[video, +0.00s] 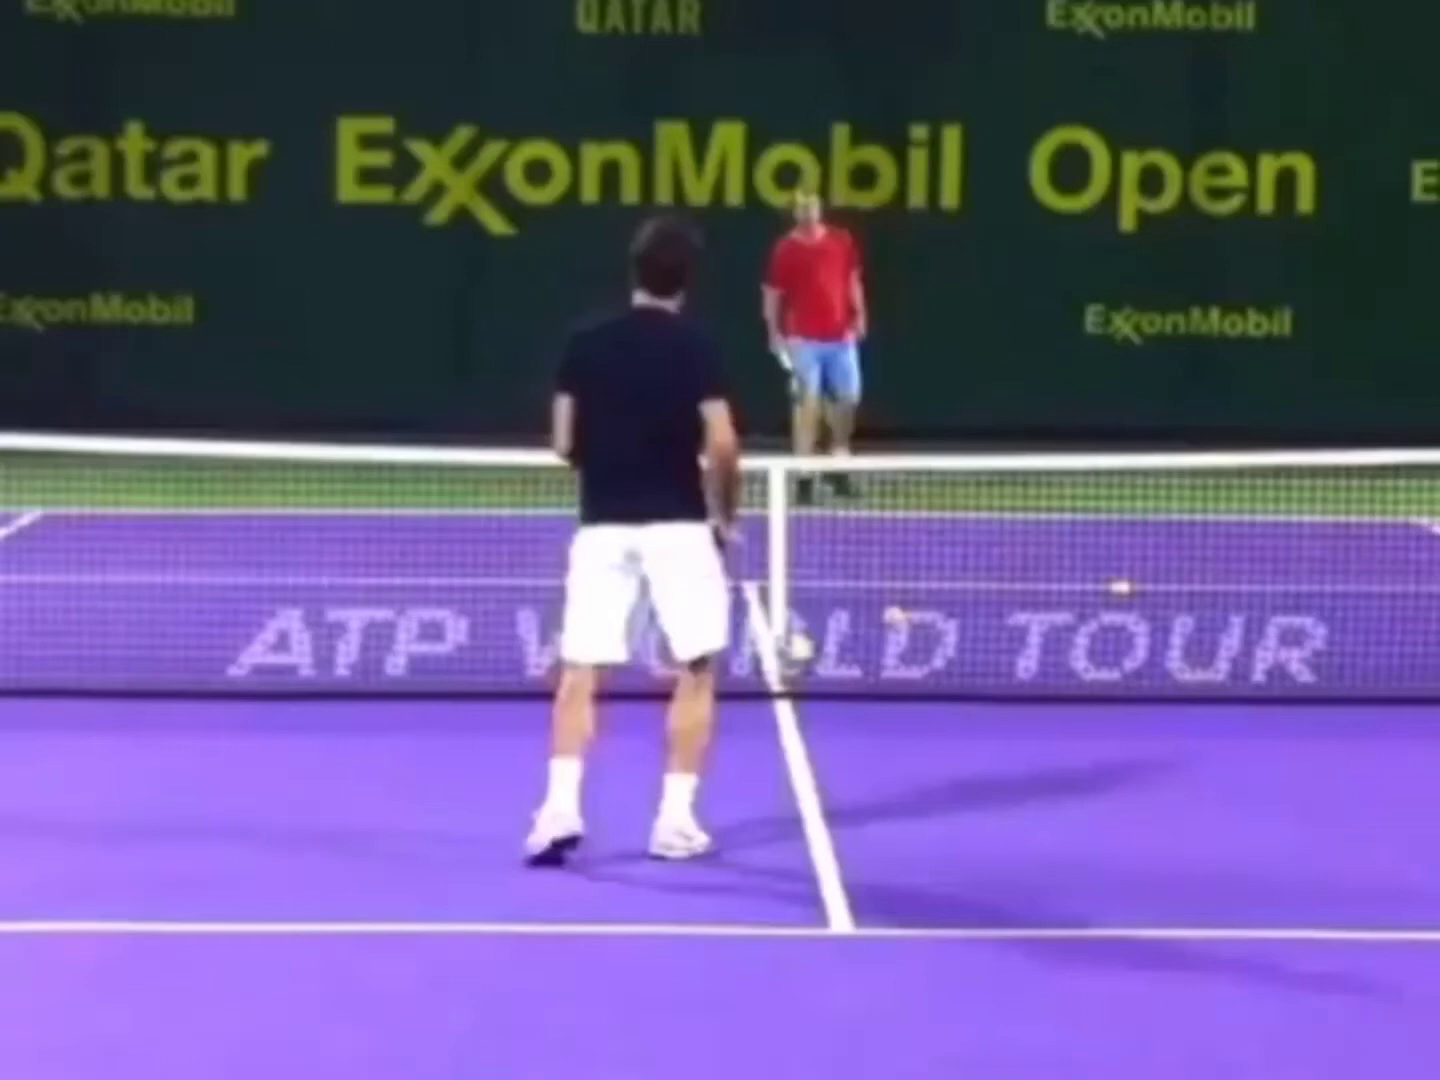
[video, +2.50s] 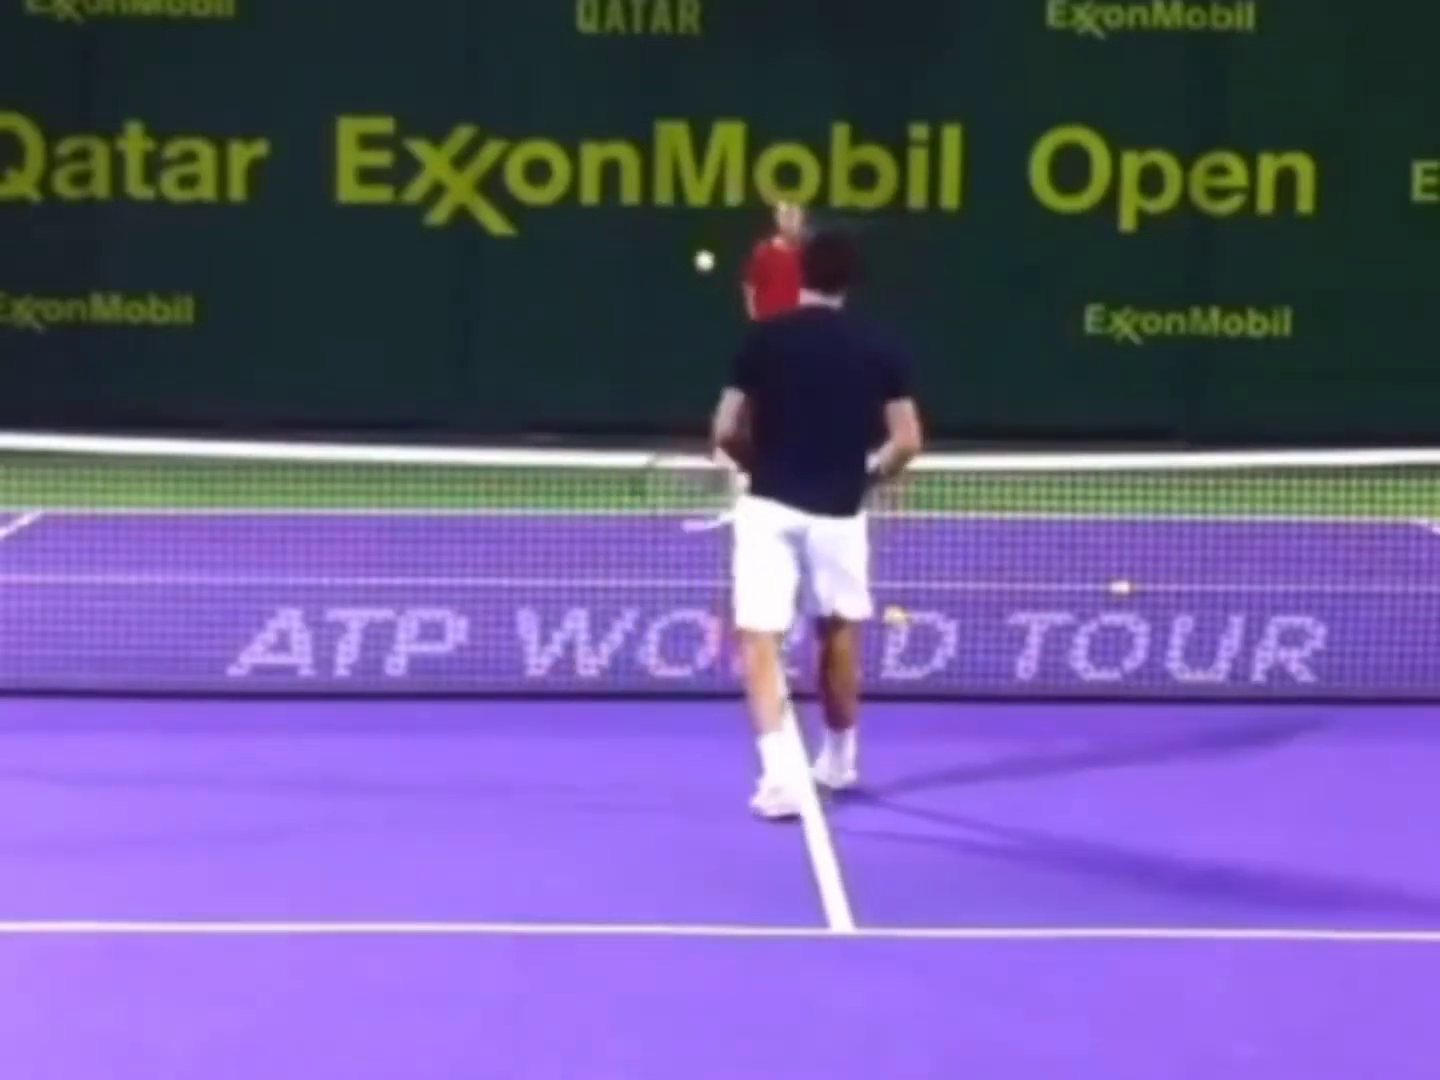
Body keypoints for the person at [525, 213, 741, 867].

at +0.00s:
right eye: (684, 272)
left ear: (634, 272)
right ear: (689, 279)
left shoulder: (588, 339)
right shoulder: (694, 345)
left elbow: (563, 440)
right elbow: (722, 442)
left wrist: (614, 462)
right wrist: (724, 511)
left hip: (601, 527)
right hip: (676, 526)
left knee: (578, 670)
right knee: (696, 673)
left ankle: (560, 805)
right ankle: (675, 814)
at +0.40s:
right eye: (725, 266)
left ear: (677, 267)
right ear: (732, 273)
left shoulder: (632, 329)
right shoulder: (748, 341)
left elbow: (587, 417)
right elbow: (772, 432)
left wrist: (630, 449)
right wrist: (763, 493)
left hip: (633, 509)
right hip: (706, 512)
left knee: (644, 642)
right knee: (698, 665)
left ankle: (641, 787)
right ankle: (677, 810)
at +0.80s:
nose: (754, 280)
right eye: (755, 269)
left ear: (701, 264)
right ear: (752, 270)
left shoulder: (657, 325)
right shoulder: (753, 326)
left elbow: (616, 418)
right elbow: (779, 408)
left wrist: (670, 437)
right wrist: (827, 467)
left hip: (666, 500)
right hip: (733, 500)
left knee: (680, 637)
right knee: (760, 630)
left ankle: (678, 780)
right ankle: (717, 736)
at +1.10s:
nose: (811, 302)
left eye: (809, 290)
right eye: (812, 293)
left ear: (763, 272)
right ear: (805, 288)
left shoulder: (702, 325)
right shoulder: (790, 337)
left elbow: (652, 406)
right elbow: (831, 417)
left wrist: (706, 434)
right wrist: (919, 441)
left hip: (697, 503)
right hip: (767, 509)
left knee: (690, 635)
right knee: (786, 637)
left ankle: (678, 775)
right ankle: (809, 751)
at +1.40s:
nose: (895, 344)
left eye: (895, 334)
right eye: (897, 335)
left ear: (850, 306)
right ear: (890, 330)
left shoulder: (787, 328)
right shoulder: (870, 371)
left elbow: (713, 377)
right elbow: (889, 472)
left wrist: (714, 449)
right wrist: (949, 531)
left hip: (741, 488)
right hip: (810, 504)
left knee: (711, 621)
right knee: (821, 626)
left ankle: (695, 742)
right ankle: (825, 762)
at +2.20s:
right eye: (909, 283)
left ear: (863, 267)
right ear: (911, 291)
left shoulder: (815, 302)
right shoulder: (905, 352)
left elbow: (774, 359)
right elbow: (900, 446)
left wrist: (756, 426)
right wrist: (871, 474)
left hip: (782, 473)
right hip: (848, 490)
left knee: (748, 604)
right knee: (838, 621)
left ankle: (760, 732)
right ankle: (828, 756)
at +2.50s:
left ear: (800, 278)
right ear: (852, 282)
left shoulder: (765, 337)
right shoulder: (874, 345)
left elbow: (726, 429)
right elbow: (906, 439)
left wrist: (764, 462)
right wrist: (867, 472)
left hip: (768, 505)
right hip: (840, 514)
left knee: (760, 642)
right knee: (841, 634)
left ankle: (783, 774)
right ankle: (840, 760)